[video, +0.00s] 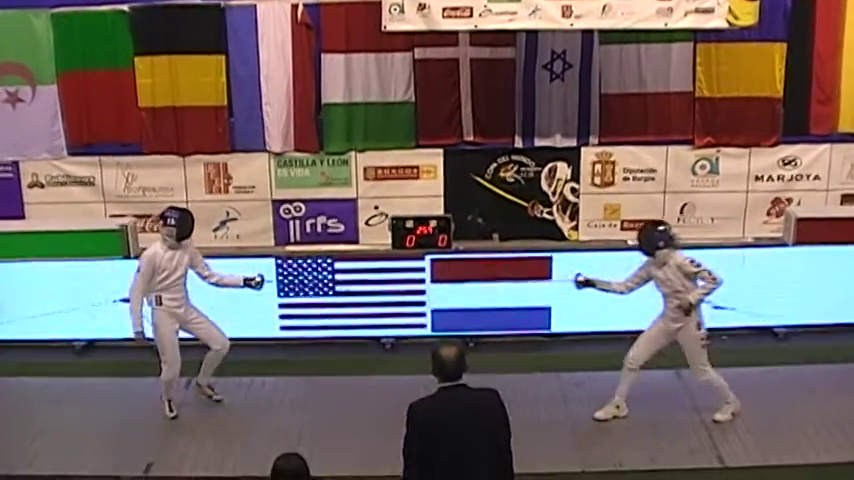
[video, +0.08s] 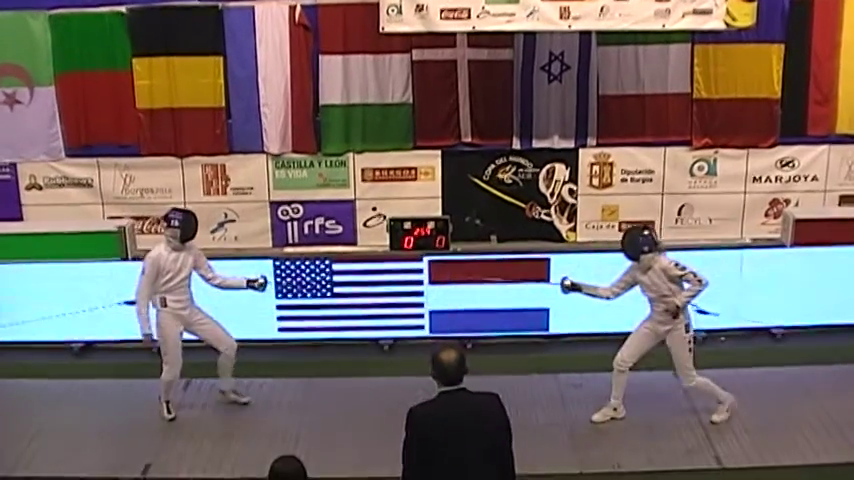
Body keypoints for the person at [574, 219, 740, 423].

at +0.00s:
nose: (649, 255)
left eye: (651, 250)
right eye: (648, 251)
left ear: (661, 246)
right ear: (652, 249)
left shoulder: (680, 262)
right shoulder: (651, 267)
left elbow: (712, 281)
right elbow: (624, 287)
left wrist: (692, 300)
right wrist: (592, 284)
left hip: (689, 323)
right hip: (666, 321)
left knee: (702, 372)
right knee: (632, 360)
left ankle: (732, 403)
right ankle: (618, 405)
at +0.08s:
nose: (638, 260)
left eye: (639, 255)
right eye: (636, 257)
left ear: (648, 250)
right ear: (636, 255)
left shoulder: (666, 265)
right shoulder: (636, 271)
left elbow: (700, 282)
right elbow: (610, 293)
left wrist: (680, 302)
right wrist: (577, 288)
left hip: (677, 325)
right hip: (654, 323)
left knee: (689, 380)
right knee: (621, 362)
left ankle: (725, 399)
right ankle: (615, 406)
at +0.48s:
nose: (630, 275)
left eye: (631, 270)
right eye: (626, 272)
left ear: (641, 261)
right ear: (623, 268)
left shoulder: (661, 269)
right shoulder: (625, 279)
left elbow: (694, 279)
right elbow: (601, 302)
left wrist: (678, 301)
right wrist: (565, 296)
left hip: (675, 329)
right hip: (648, 329)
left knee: (684, 387)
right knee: (616, 372)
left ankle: (700, 425)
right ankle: (614, 411)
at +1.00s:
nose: (674, 276)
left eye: (676, 270)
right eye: (669, 273)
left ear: (683, 262)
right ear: (665, 270)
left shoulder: (701, 271)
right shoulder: (668, 283)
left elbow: (737, 273)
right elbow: (643, 308)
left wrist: (725, 300)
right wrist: (610, 302)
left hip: (722, 330)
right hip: (695, 332)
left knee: (734, 384)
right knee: (664, 376)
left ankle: (745, 421)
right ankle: (641, 420)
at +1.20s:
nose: (690, 275)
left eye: (690, 270)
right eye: (686, 272)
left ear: (698, 263)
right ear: (683, 270)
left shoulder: (718, 273)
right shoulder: (682, 283)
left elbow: (750, 282)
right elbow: (657, 307)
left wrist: (738, 304)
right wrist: (624, 302)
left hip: (735, 331)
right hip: (709, 332)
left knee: (752, 384)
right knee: (679, 375)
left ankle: (776, 416)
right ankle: (671, 420)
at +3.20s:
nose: (734, 269)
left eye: (735, 264)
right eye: (730, 266)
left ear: (741, 256)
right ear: (727, 264)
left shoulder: (760, 265)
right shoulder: (727, 276)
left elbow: (798, 271)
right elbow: (723, 301)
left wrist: (784, 299)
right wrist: (692, 314)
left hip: (772, 327)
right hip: (745, 327)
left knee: (785, 378)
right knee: (715, 371)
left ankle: (800, 414)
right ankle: (692, 413)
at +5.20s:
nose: (779, 277)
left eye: (780, 272)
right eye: (776, 273)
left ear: (789, 263)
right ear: (773, 269)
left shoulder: (810, 277)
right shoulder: (771, 283)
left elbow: (831, 298)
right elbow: (757, 314)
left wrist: (817, 312)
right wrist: (722, 315)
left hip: (810, 340)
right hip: (781, 339)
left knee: (827, 389)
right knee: (745, 377)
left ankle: (851, 417)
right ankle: (737, 417)